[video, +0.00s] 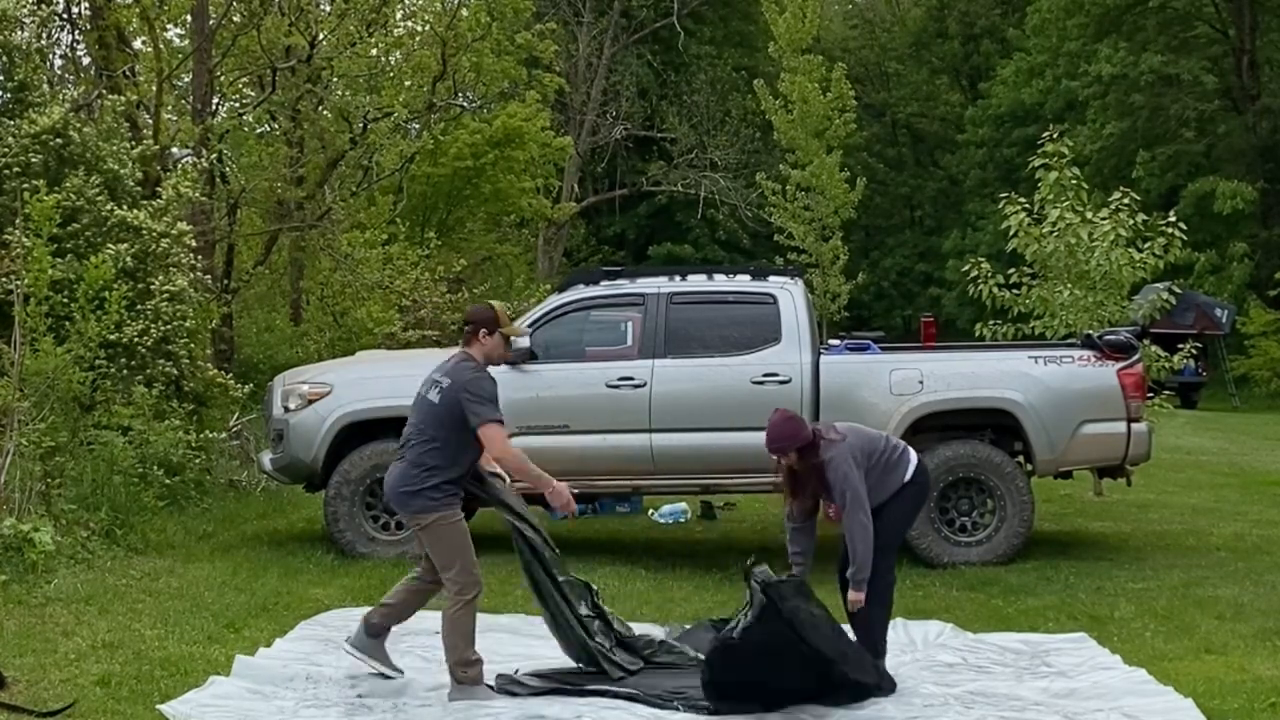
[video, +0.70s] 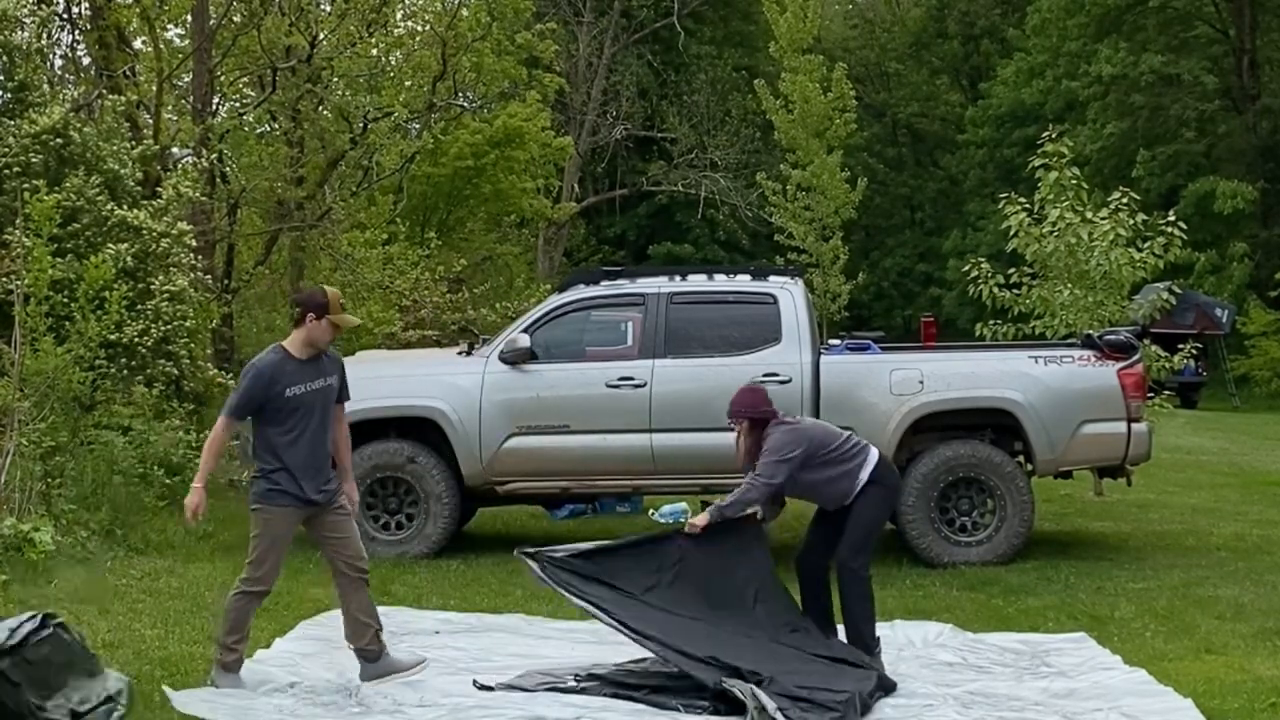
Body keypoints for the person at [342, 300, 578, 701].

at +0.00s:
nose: (509, 345)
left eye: (508, 338)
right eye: (504, 338)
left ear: (477, 337)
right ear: (483, 337)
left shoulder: (450, 368)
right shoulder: (475, 379)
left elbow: (448, 429)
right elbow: (500, 451)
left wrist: (481, 459)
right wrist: (550, 485)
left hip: (409, 484)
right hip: (429, 492)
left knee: (433, 573)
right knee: (464, 586)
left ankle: (370, 633)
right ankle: (466, 683)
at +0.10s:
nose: (441, 343)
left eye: (442, 336)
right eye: (436, 336)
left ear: (413, 336)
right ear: (411, 336)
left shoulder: (399, 371)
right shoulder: (407, 383)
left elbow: (423, 435)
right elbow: (412, 460)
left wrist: (448, 461)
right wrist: (445, 495)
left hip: (381, 495)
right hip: (397, 498)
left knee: (383, 588)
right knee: (438, 582)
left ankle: (330, 664)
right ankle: (468, 675)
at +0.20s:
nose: (377, 332)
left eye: (383, 325)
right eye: (370, 324)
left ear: (391, 327)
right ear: (355, 324)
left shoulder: (393, 363)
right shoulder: (341, 369)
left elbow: (399, 420)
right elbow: (345, 439)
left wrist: (413, 442)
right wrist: (399, 455)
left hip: (362, 476)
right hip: (332, 478)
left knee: (353, 572)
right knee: (387, 547)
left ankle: (328, 663)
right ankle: (364, 645)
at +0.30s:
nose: (331, 325)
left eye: (339, 318)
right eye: (325, 317)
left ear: (355, 320)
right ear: (317, 318)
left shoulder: (370, 362)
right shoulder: (303, 362)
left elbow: (385, 414)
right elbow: (295, 422)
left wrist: (379, 420)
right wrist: (349, 417)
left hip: (342, 477)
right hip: (299, 476)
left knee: (339, 572)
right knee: (315, 564)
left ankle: (328, 667)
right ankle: (255, 641)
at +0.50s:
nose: (298, 327)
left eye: (300, 320)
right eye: (293, 319)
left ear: (285, 316)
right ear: (269, 313)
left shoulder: (303, 358)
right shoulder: (228, 358)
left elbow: (318, 425)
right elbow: (170, 403)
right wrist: (201, 389)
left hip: (298, 486)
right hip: (246, 489)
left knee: (326, 562)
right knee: (237, 577)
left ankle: (321, 656)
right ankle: (223, 667)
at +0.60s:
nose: (305, 329)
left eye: (306, 322)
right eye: (299, 321)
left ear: (287, 317)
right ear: (275, 316)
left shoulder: (305, 357)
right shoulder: (233, 364)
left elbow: (316, 416)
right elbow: (181, 410)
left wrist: (325, 474)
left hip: (305, 482)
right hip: (254, 487)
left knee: (343, 555)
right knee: (243, 578)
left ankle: (336, 647)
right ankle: (225, 669)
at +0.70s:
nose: (336, 333)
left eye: (337, 327)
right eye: (333, 326)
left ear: (316, 322)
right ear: (310, 321)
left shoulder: (332, 363)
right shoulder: (263, 369)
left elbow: (339, 423)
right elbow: (223, 426)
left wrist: (348, 480)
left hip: (325, 489)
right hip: (277, 492)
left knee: (354, 567)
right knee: (257, 581)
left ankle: (373, 658)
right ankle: (226, 667)